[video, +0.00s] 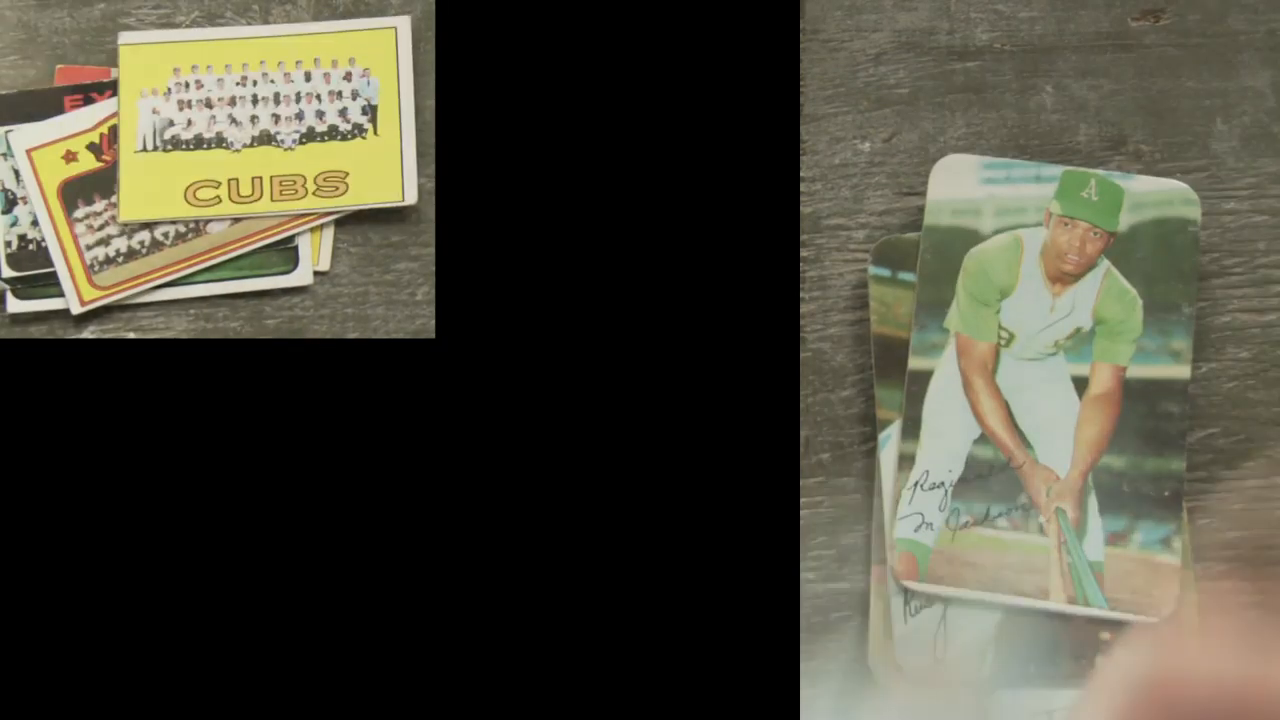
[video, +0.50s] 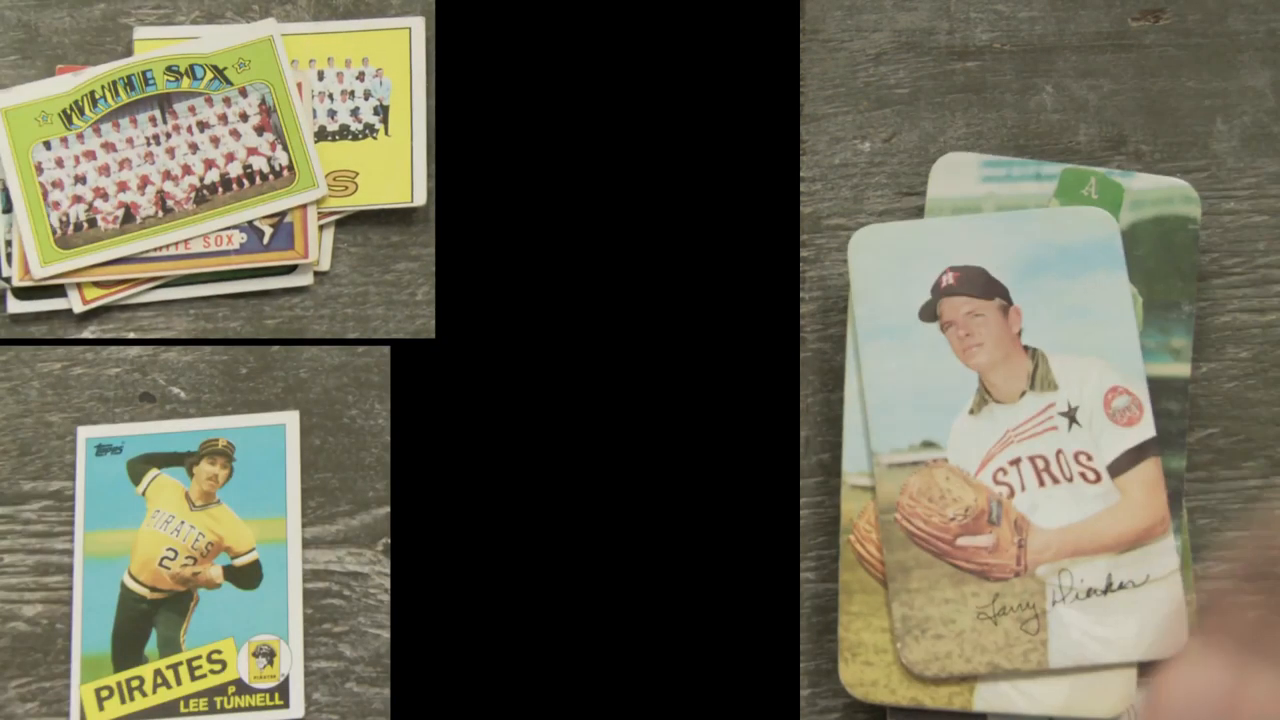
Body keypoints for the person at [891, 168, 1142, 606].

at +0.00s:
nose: (1076, 245)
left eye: (1094, 234)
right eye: (1067, 225)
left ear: (1108, 241)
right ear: (1049, 220)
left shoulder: (1120, 302)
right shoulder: (989, 263)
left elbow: (1105, 394)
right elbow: (977, 373)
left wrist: (1075, 480)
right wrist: (1025, 465)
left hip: (1043, 368)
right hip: (974, 358)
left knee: (1076, 485)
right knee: (938, 464)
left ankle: (1084, 617)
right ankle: (899, 596)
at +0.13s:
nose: (955, 364)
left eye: (973, 345)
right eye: (946, 347)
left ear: (1011, 358)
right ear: (937, 357)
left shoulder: (1076, 442)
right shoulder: (937, 472)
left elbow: (1106, 585)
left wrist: (983, 601)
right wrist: (897, 568)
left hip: (1087, 675)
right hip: (994, 680)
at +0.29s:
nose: (953, 372)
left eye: (969, 357)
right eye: (942, 363)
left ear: (1007, 367)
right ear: (936, 375)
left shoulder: (1075, 445)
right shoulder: (936, 471)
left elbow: (1105, 584)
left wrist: (991, 596)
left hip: (1087, 680)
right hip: (986, 682)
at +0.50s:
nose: (962, 332)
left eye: (974, 315)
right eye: (949, 326)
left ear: (1013, 317)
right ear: (947, 341)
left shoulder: (1093, 384)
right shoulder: (964, 432)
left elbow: (1149, 512)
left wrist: (1046, 545)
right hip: (1017, 651)